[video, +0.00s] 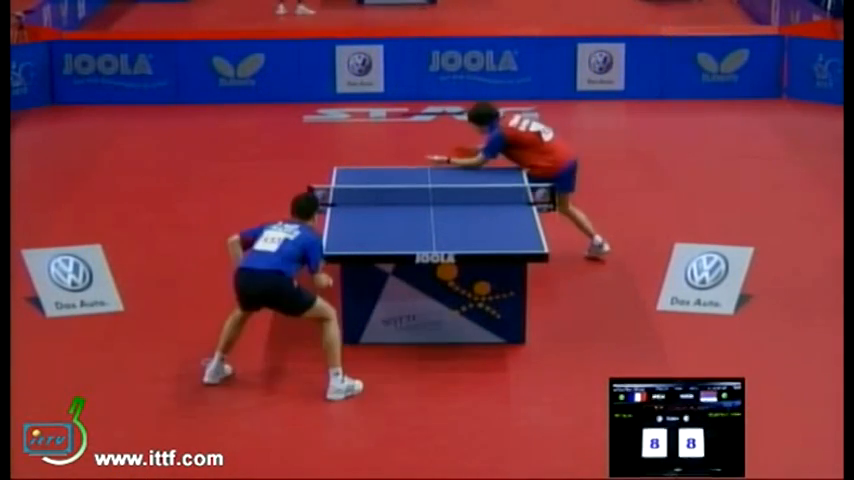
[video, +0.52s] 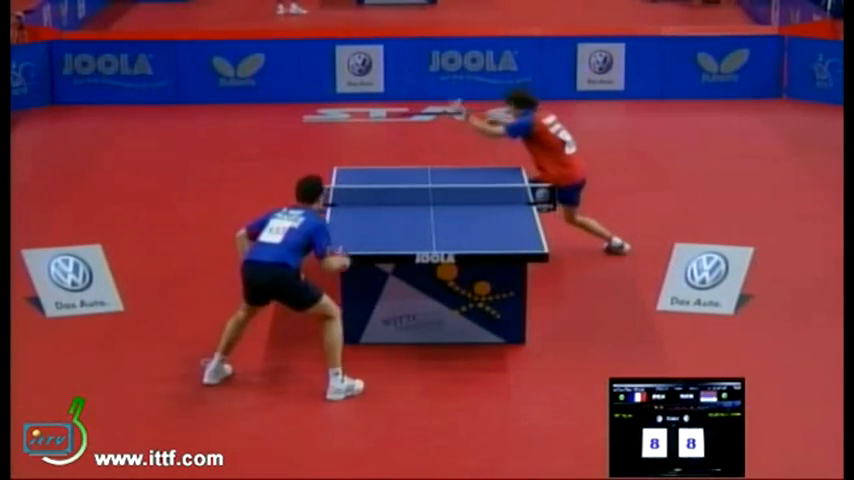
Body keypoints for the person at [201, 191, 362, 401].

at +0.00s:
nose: (317, 219)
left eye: (316, 214)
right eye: (317, 215)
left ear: (292, 212)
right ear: (313, 217)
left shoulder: (272, 226)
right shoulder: (310, 237)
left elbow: (234, 241)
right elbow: (319, 281)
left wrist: (244, 270)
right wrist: (327, 280)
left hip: (245, 277)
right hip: (276, 282)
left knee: (242, 312)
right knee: (328, 315)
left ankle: (216, 364)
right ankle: (337, 379)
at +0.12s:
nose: (317, 217)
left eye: (317, 213)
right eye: (317, 213)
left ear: (292, 211)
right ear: (313, 214)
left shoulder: (272, 225)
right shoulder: (310, 234)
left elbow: (233, 240)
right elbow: (320, 279)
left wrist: (244, 269)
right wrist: (327, 277)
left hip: (245, 275)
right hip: (276, 279)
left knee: (241, 311)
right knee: (328, 315)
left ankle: (216, 364)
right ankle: (337, 379)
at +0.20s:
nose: (317, 216)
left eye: (317, 212)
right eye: (317, 212)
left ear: (291, 209)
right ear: (312, 213)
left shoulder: (272, 223)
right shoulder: (310, 233)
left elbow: (234, 239)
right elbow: (319, 277)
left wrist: (244, 267)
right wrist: (327, 276)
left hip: (245, 274)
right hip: (276, 278)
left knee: (242, 311)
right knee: (327, 315)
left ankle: (216, 364)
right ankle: (337, 380)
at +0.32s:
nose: (318, 213)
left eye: (317, 209)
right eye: (317, 209)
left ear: (291, 205)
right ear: (313, 210)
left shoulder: (272, 220)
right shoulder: (310, 229)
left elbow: (234, 238)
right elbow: (320, 273)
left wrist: (244, 266)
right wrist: (329, 272)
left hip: (245, 272)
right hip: (276, 275)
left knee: (242, 310)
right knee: (327, 315)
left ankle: (215, 364)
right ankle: (337, 380)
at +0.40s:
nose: (320, 209)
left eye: (319, 205)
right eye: (318, 205)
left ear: (293, 203)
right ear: (314, 206)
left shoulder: (272, 218)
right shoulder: (311, 227)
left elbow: (236, 237)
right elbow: (322, 270)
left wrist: (244, 266)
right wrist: (333, 269)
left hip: (246, 271)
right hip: (277, 274)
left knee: (243, 310)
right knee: (327, 314)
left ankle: (215, 364)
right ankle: (337, 379)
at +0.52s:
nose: (324, 201)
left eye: (323, 196)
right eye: (323, 197)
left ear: (297, 196)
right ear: (318, 199)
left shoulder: (278, 213)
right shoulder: (316, 222)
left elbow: (242, 235)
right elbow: (327, 264)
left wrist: (249, 264)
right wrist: (342, 261)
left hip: (253, 268)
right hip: (282, 273)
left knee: (246, 311)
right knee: (332, 314)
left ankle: (216, 364)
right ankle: (337, 380)